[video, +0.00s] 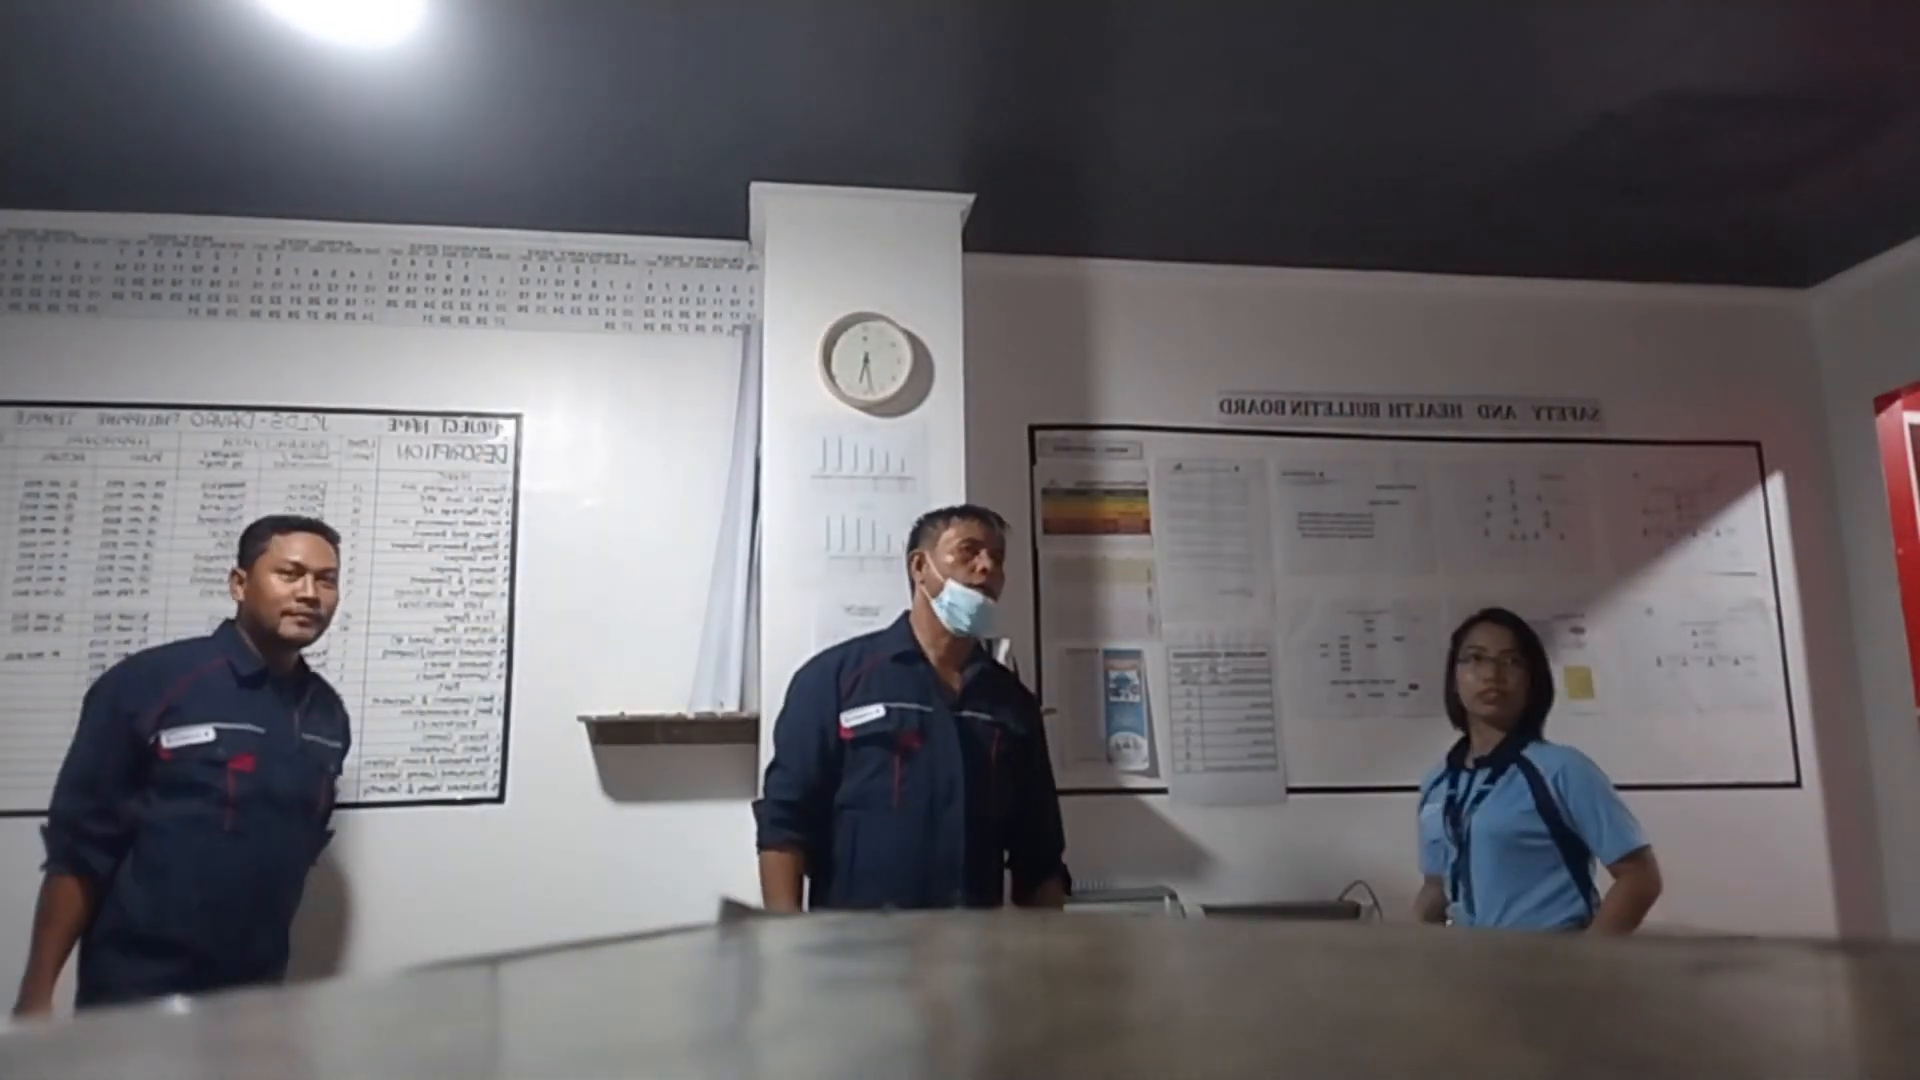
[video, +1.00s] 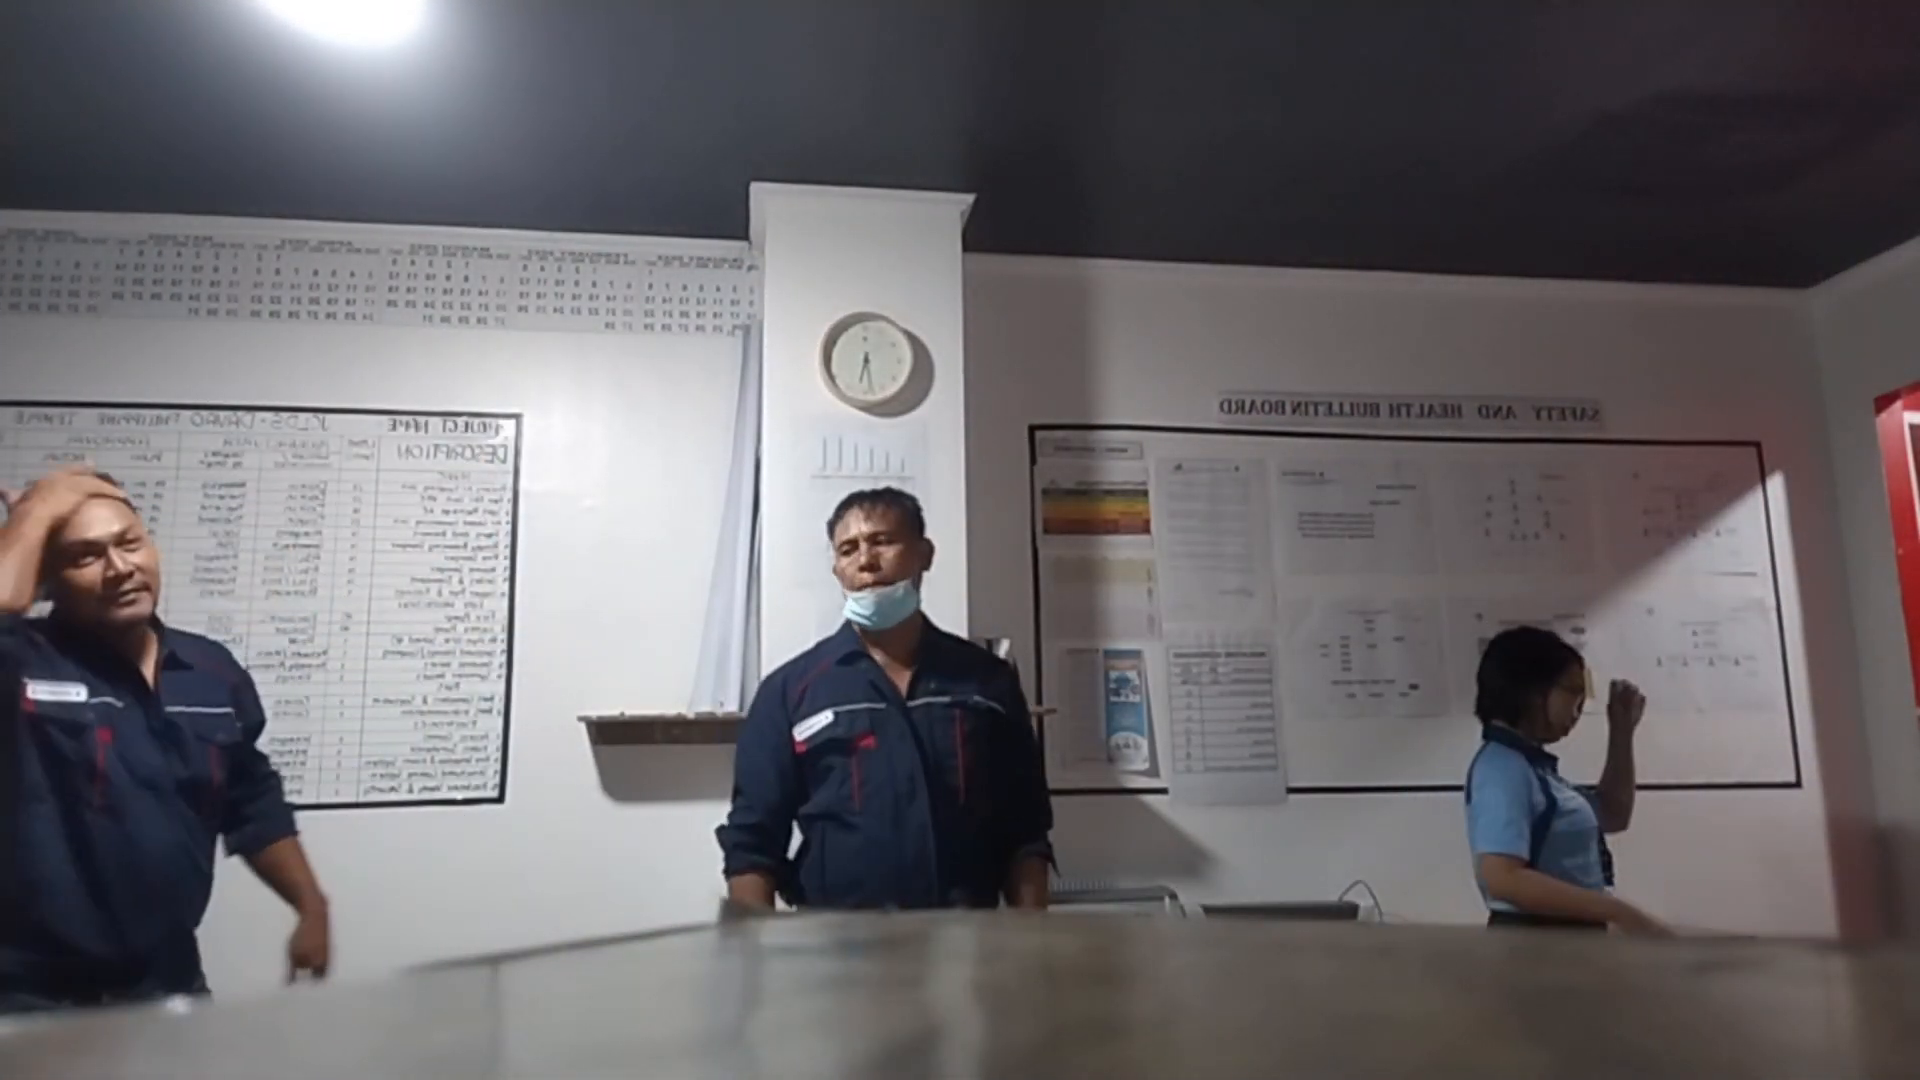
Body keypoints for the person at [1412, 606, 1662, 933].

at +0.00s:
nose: (1491, 675)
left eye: (1510, 662)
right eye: (1475, 659)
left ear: (1533, 679)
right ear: (1454, 677)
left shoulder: (1562, 770)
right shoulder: (1437, 786)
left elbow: (1640, 880)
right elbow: (1437, 889)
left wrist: (1579, 969)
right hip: (1469, 975)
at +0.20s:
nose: (1486, 679)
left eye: (1501, 664)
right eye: (1466, 665)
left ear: (1520, 680)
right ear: (1441, 686)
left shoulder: (1561, 772)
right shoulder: (1421, 793)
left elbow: (1633, 880)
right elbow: (1418, 898)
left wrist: (1598, 975)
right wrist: (1420, 977)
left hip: (1562, 976)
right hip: (1466, 981)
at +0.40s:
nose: (1520, 686)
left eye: (1528, 673)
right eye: (1501, 673)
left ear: (1542, 686)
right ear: (1464, 690)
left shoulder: (1580, 776)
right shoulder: (1437, 793)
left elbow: (1641, 873)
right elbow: (1421, 899)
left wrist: (1626, 958)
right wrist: (1446, 970)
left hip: (1586, 969)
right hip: (1487, 972)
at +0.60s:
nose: (1554, 691)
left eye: (1559, 679)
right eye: (1535, 677)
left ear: (1566, 686)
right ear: (1490, 684)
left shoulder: (1575, 778)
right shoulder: (1450, 791)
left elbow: (1610, 867)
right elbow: (1433, 896)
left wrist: (1669, 906)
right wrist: (1489, 952)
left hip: (1603, 963)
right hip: (1518, 968)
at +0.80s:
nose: (1567, 699)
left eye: (1568, 687)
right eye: (1554, 684)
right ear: (1511, 684)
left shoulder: (1542, 770)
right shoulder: (1470, 778)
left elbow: (1610, 849)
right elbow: (1460, 887)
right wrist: (1566, 929)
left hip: (1581, 958)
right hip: (1524, 967)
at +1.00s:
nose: (1581, 706)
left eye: (1582, 695)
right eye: (1573, 692)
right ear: (1534, 690)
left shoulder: (1537, 772)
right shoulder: (1504, 768)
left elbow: (1613, 814)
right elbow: (1502, 879)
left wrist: (1622, 732)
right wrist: (1618, 911)